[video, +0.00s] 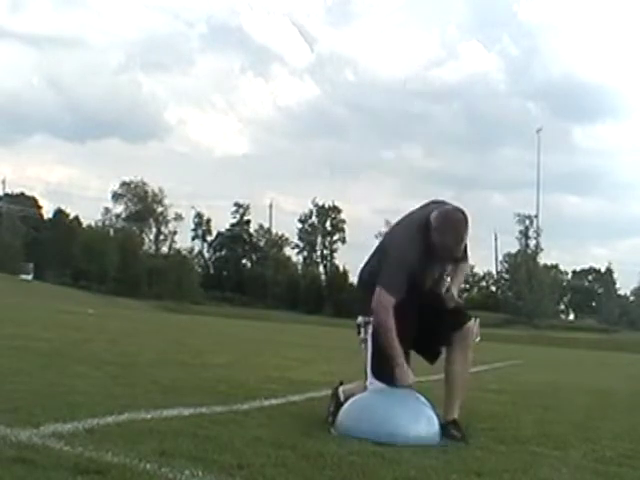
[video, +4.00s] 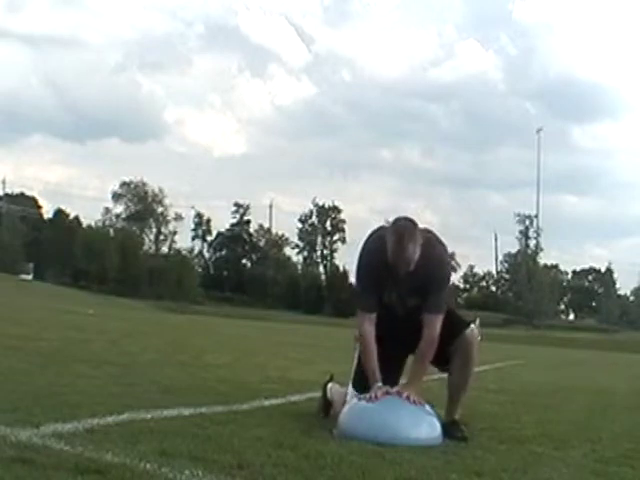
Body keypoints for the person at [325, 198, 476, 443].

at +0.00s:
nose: (450, 257)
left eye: (456, 252)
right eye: (445, 252)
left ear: (462, 234)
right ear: (434, 231)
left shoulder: (456, 223)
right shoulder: (406, 239)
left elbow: (462, 260)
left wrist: (452, 290)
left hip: (422, 292)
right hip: (386, 292)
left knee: (462, 329)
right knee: (393, 384)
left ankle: (451, 419)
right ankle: (343, 394)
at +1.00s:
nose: (414, 96)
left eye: (418, 88)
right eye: (408, 90)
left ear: (431, 84)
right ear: (401, 88)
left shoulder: (450, 115)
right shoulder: (391, 115)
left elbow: (466, 168)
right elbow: (362, 159)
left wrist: (441, 124)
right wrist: (383, 120)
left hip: (432, 241)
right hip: (389, 238)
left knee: (443, 333)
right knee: (373, 329)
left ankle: (456, 417)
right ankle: (360, 408)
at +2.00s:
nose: (377, 255)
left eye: (380, 248)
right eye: (370, 250)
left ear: (390, 226)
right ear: (360, 239)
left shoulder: (422, 226)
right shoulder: (360, 248)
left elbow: (462, 255)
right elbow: (355, 308)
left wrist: (438, 295)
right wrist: (371, 359)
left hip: (421, 308)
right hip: (384, 309)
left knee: (407, 389)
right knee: (340, 330)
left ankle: (463, 411)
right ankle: (351, 404)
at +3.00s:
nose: (431, 150)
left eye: (436, 143)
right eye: (425, 143)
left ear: (445, 135)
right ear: (416, 133)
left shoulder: (450, 151)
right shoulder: (391, 150)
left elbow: (466, 207)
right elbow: (352, 188)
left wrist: (457, 194)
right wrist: (376, 211)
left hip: (431, 257)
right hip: (391, 258)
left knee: (463, 330)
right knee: (374, 357)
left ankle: (454, 419)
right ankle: (343, 398)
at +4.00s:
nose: (405, 267)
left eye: (410, 262)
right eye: (400, 262)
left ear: (420, 248)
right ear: (387, 249)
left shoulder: (437, 256)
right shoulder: (373, 249)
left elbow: (432, 327)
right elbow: (366, 322)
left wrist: (413, 384)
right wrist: (375, 383)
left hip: (426, 317)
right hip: (388, 321)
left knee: (466, 339)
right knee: (362, 405)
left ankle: (451, 419)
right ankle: (332, 392)